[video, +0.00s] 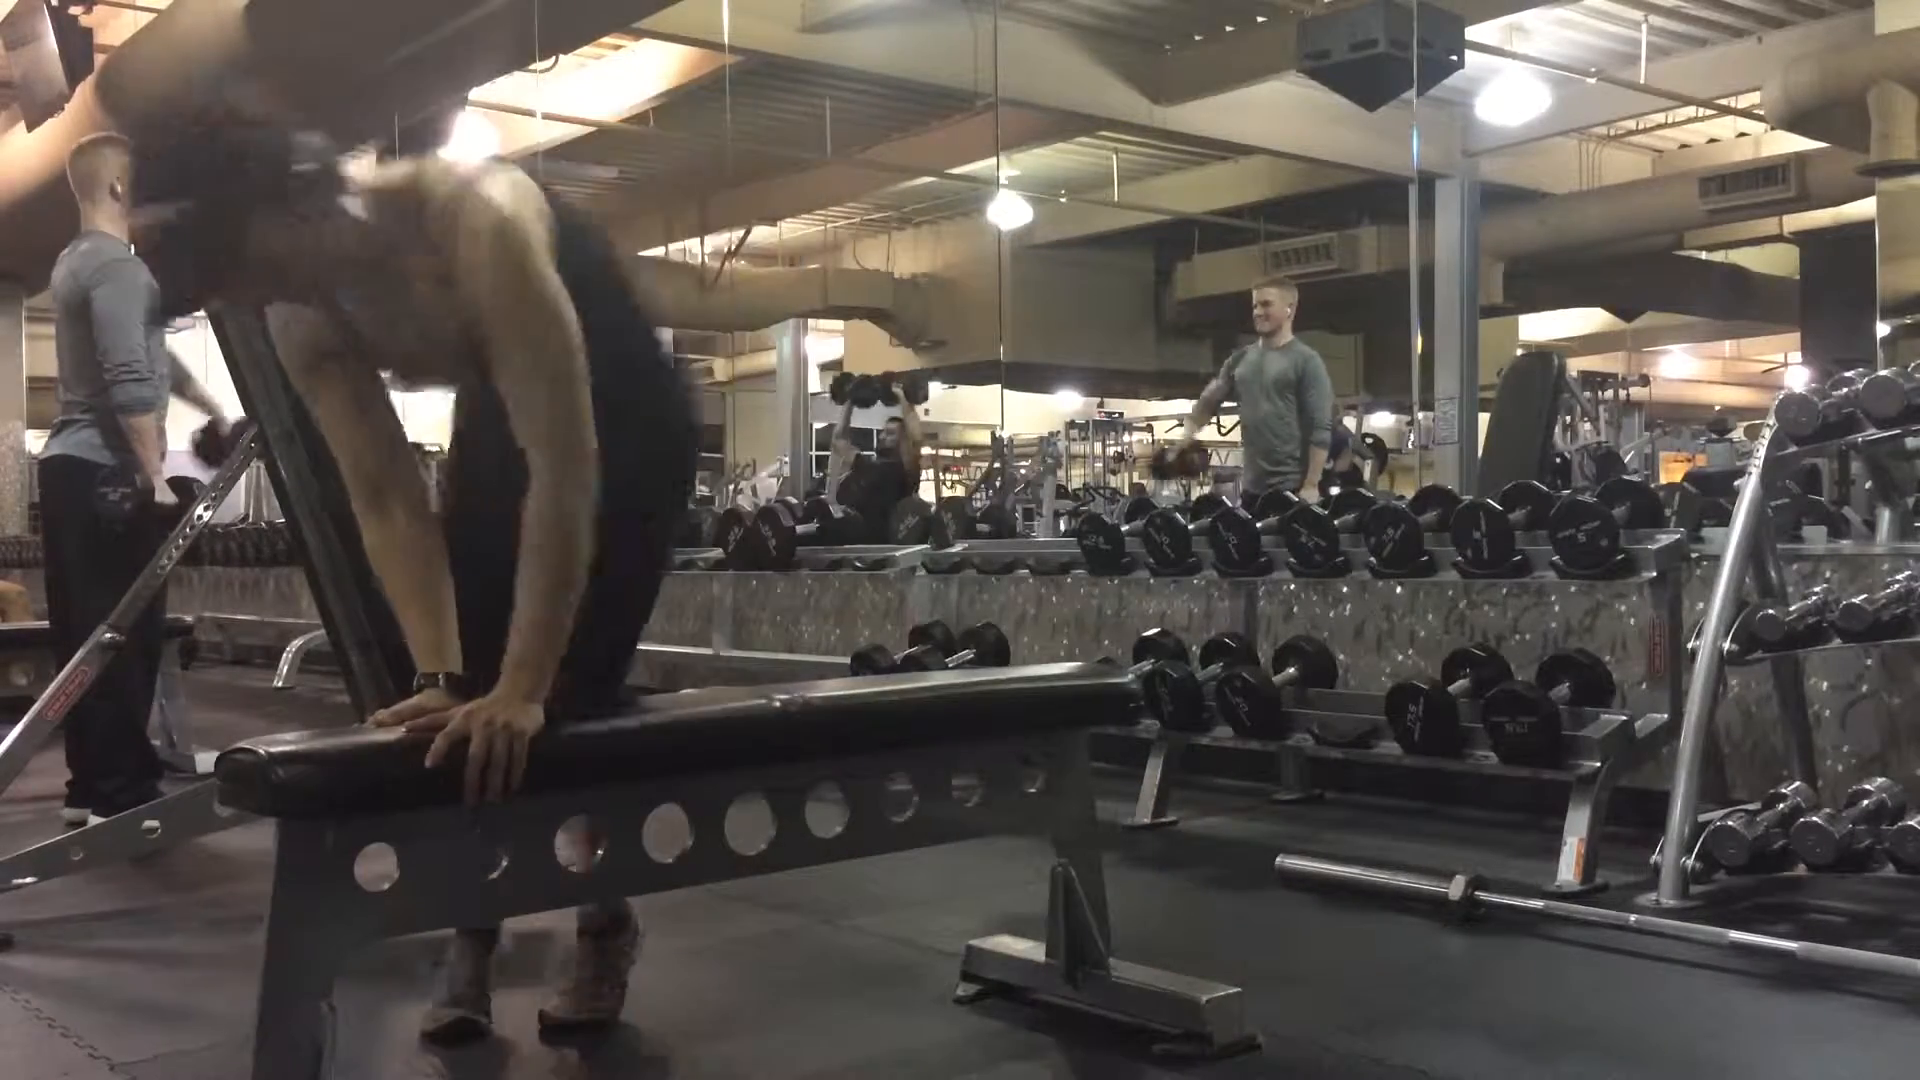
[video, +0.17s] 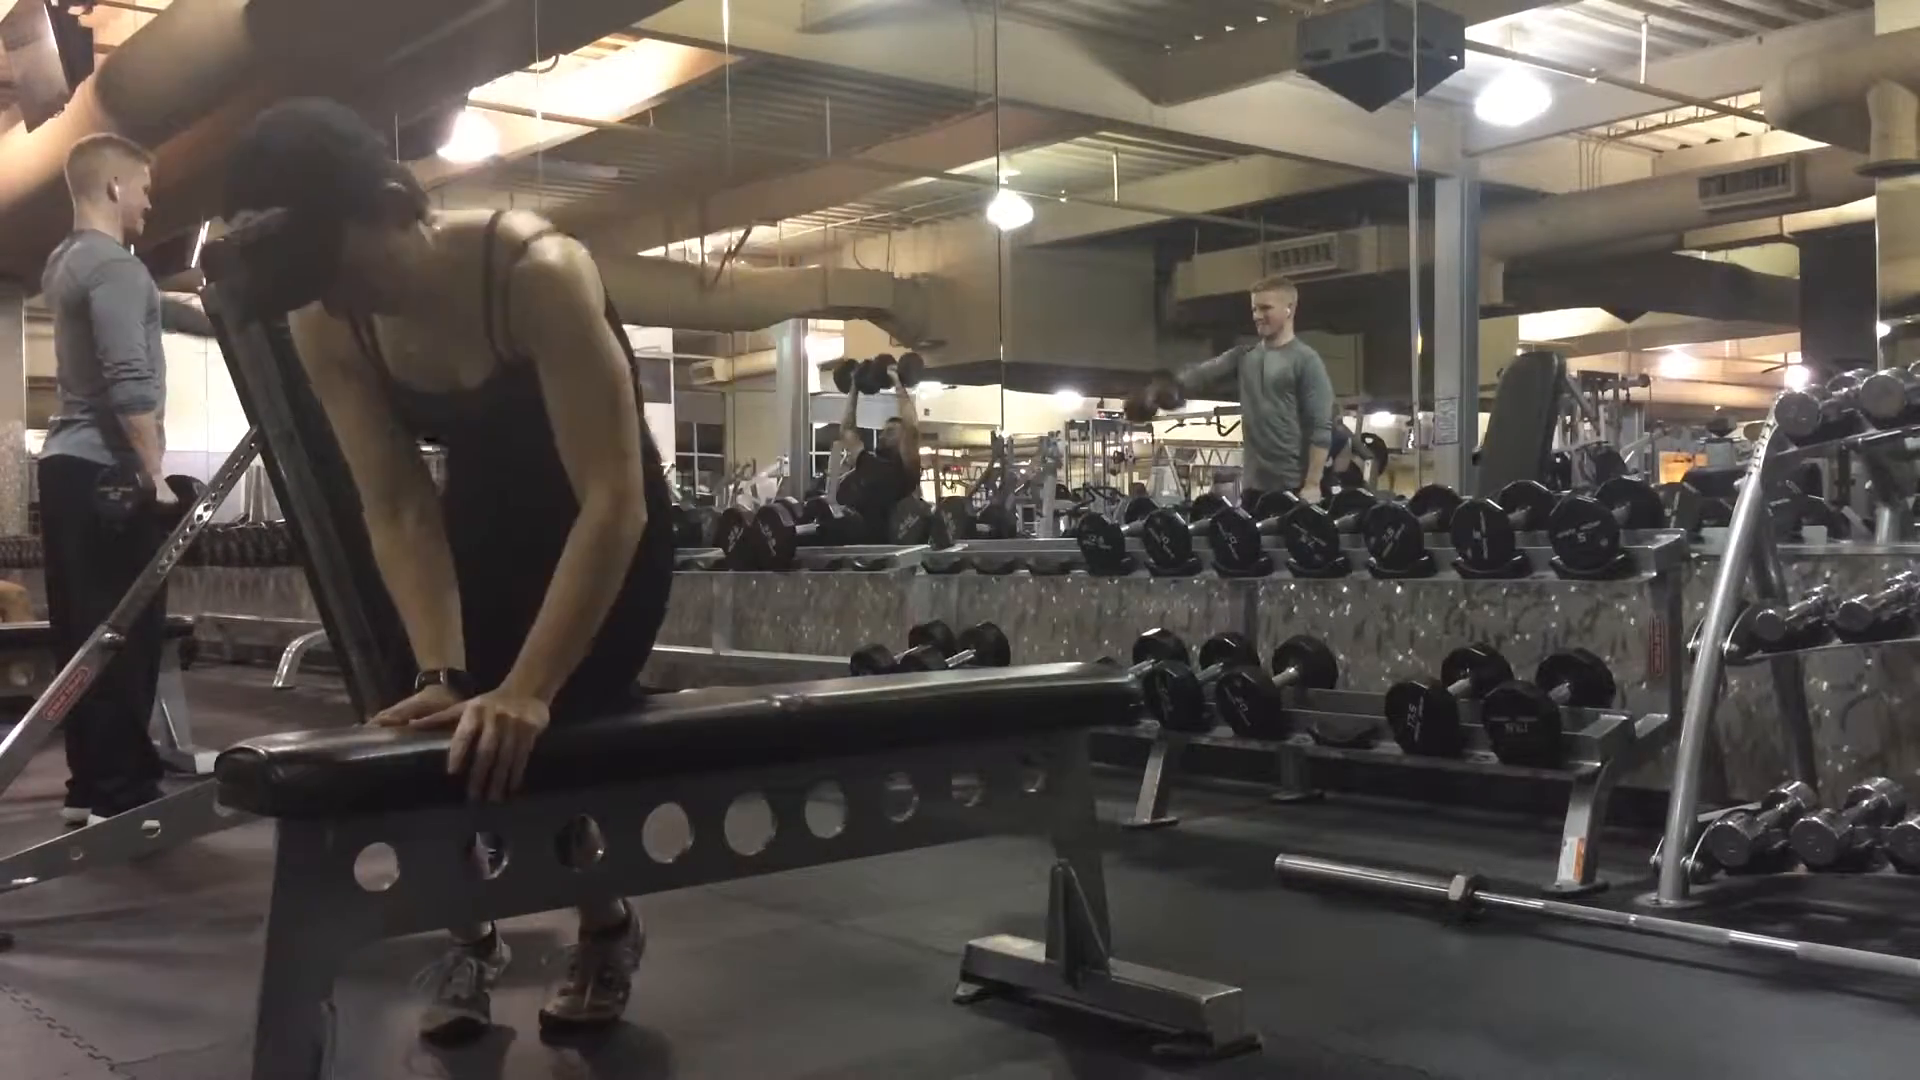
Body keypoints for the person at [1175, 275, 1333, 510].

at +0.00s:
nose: (1257, 312)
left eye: (1266, 305)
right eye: (1255, 306)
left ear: (1290, 309)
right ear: (1252, 309)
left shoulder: (1307, 361)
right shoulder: (1241, 359)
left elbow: (1321, 429)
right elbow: (1208, 401)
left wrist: (1311, 485)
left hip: (1292, 484)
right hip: (1252, 484)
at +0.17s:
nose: (1258, 316)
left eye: (1266, 308)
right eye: (1255, 310)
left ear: (1290, 309)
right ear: (1252, 311)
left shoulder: (1306, 360)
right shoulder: (1245, 356)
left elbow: (1321, 428)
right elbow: (1201, 375)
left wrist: (1312, 485)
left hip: (1293, 484)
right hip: (1254, 482)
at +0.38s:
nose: (1249, 321)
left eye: (1256, 312)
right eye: (1246, 314)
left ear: (1280, 309)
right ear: (1243, 315)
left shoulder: (1300, 358)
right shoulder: (1243, 354)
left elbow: (1318, 426)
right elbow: (1201, 355)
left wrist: (1311, 484)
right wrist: (1167, 346)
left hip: (1290, 486)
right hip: (1254, 484)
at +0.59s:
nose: (1249, 320)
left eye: (1256, 312)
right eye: (1246, 314)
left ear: (1281, 310)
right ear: (1244, 316)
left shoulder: (1300, 360)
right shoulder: (1242, 355)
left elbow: (1315, 427)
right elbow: (1194, 362)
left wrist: (1310, 485)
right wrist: (1146, 360)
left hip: (1289, 485)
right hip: (1252, 485)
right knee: (1251, 563)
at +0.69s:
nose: (1244, 321)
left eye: (1251, 313)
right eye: (1241, 314)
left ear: (1276, 311)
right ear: (1239, 316)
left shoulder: (1297, 365)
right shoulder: (1239, 357)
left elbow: (1311, 434)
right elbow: (1193, 376)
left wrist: (1308, 490)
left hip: (1286, 490)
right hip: (1250, 489)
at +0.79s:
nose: (1234, 329)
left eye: (1242, 320)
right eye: (1230, 322)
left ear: (1264, 318)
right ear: (1227, 324)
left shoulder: (1290, 371)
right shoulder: (1227, 368)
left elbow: (1308, 445)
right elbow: (1189, 396)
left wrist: (1308, 499)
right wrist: (1163, 422)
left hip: (1289, 489)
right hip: (1253, 489)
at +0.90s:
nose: (1216, 348)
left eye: (1224, 339)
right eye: (1213, 340)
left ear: (1247, 337)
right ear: (1210, 340)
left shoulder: (1280, 385)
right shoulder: (1212, 387)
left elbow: (1304, 460)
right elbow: (1182, 435)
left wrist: (1308, 517)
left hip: (1294, 488)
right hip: (1261, 489)